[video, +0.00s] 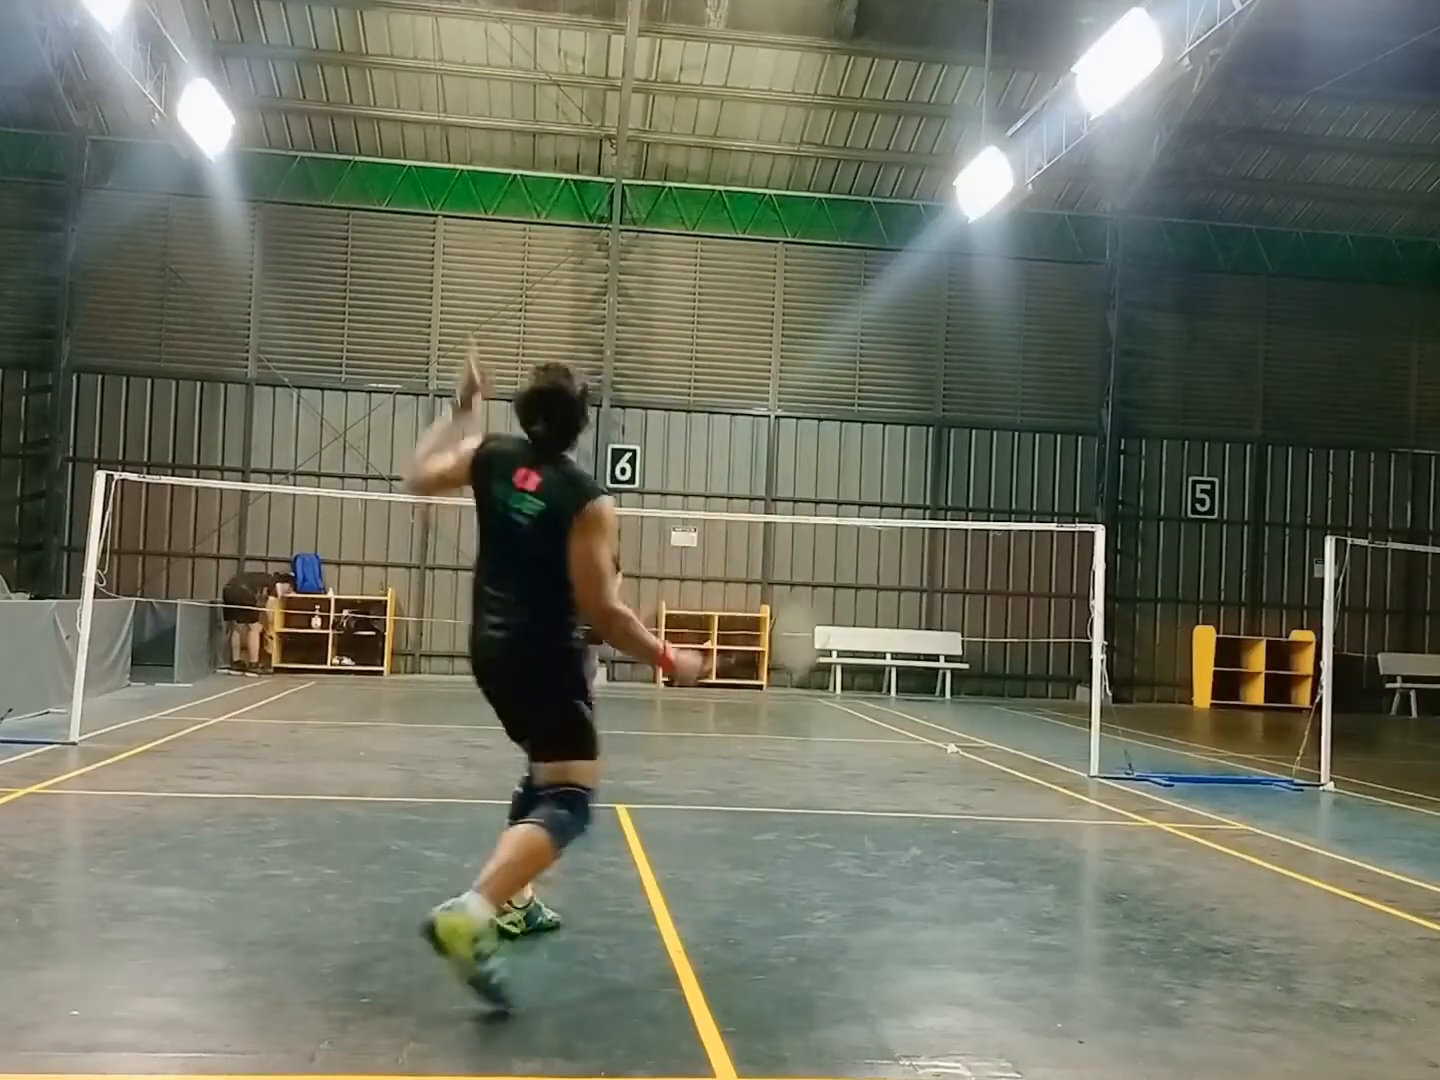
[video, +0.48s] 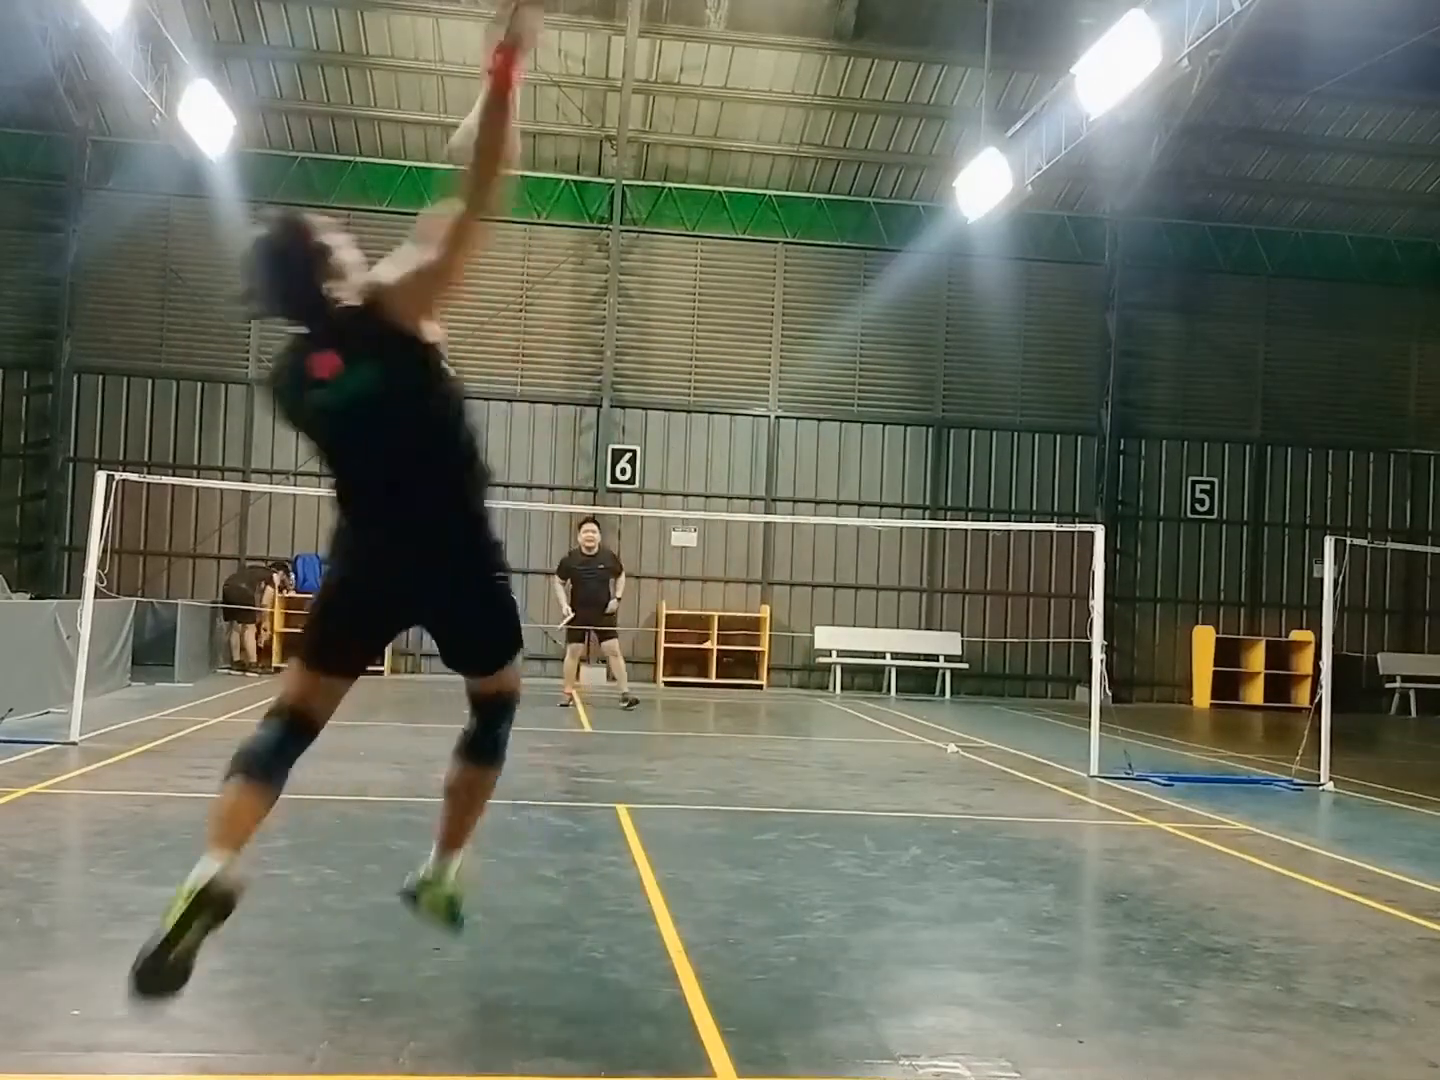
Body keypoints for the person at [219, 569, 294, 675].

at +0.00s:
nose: (287, 592)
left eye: (289, 590)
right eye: (288, 588)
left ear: (278, 578)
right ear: (285, 583)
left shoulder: (264, 578)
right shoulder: (273, 586)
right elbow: (268, 609)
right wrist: (270, 629)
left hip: (229, 589)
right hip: (245, 592)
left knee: (237, 628)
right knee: (255, 628)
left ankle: (236, 661)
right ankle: (254, 664)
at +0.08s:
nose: (287, 591)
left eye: (290, 589)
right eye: (289, 587)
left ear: (278, 577)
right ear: (285, 582)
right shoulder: (275, 585)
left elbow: (260, 606)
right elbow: (267, 608)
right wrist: (269, 631)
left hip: (230, 589)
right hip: (245, 593)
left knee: (238, 628)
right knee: (255, 627)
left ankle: (237, 661)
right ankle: (255, 664)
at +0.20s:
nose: (283, 591)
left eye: (287, 589)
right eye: (286, 587)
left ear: (276, 575)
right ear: (281, 579)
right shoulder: (274, 583)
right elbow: (264, 608)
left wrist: (264, 639)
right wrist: (267, 627)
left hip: (229, 588)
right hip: (245, 592)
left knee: (237, 628)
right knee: (254, 627)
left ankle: (236, 661)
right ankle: (254, 663)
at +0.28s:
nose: (282, 588)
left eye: (285, 586)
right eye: (285, 585)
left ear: (275, 574)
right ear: (281, 578)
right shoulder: (273, 582)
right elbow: (264, 607)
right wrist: (267, 628)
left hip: (228, 588)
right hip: (245, 591)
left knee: (235, 628)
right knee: (253, 628)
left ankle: (236, 661)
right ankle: (254, 663)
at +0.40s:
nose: (282, 583)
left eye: (284, 580)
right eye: (283, 579)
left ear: (273, 570)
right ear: (281, 574)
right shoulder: (273, 579)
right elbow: (265, 605)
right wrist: (264, 627)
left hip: (228, 587)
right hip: (244, 590)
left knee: (235, 628)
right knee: (250, 628)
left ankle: (236, 661)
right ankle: (253, 663)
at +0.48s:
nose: (280, 582)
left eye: (282, 580)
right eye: (282, 579)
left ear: (271, 568)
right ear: (280, 572)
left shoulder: (258, 572)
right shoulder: (272, 577)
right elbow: (265, 604)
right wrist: (266, 626)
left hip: (229, 587)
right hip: (244, 590)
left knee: (235, 628)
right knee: (249, 628)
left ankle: (236, 661)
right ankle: (253, 663)